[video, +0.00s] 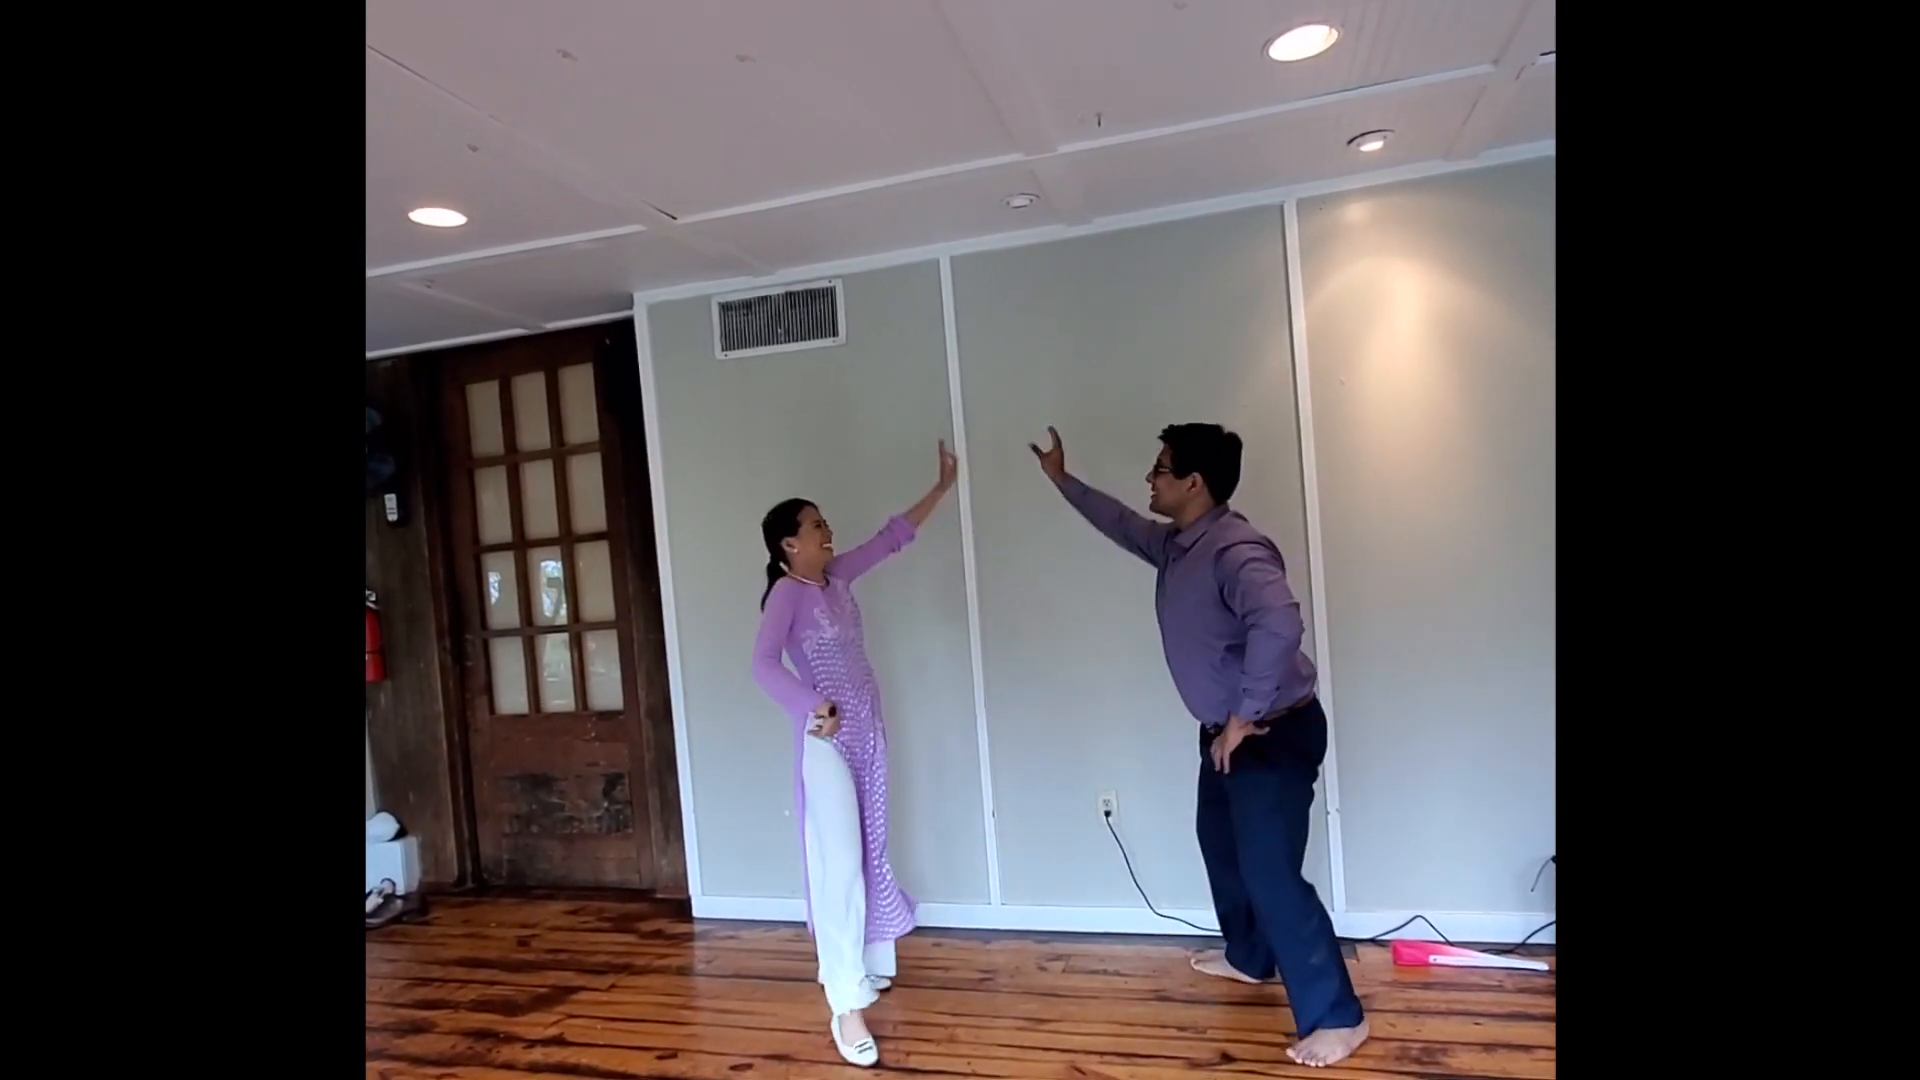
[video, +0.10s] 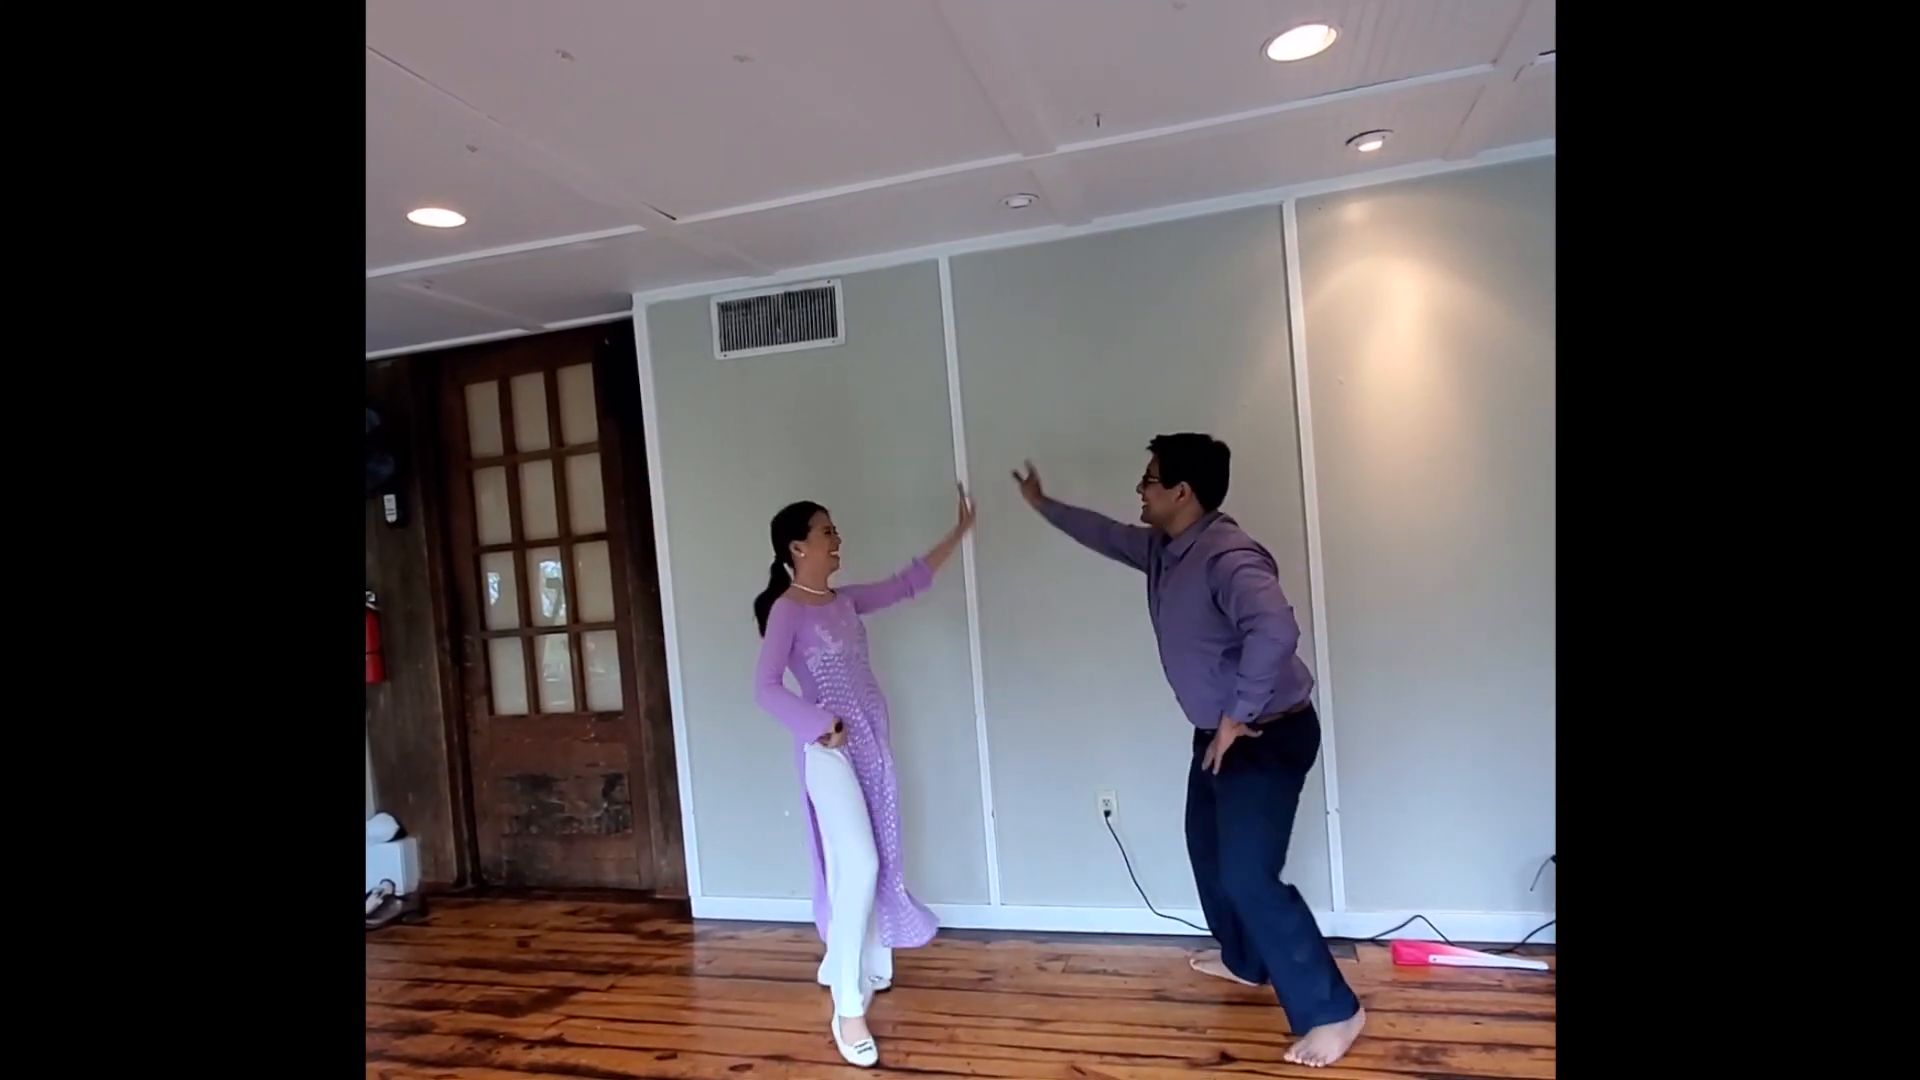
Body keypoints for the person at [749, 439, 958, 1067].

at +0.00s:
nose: (828, 532)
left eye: (825, 525)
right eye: (817, 527)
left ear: (815, 541)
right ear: (789, 544)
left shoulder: (838, 578)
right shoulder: (787, 594)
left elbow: (892, 536)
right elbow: (765, 665)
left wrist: (942, 485)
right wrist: (810, 707)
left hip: (865, 733)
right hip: (827, 740)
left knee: (867, 851)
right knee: (840, 861)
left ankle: (864, 962)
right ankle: (845, 1002)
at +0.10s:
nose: (839, 542)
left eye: (836, 534)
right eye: (827, 535)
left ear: (820, 547)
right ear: (795, 549)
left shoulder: (846, 599)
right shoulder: (788, 610)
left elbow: (908, 583)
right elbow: (765, 687)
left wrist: (959, 531)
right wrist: (816, 723)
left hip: (869, 744)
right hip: (830, 749)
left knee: (872, 854)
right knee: (858, 860)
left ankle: (846, 959)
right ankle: (849, 1005)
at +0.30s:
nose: (864, 568)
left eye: (865, 559)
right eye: (856, 559)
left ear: (842, 563)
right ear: (823, 562)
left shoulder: (858, 613)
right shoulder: (798, 620)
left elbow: (926, 638)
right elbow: (757, 690)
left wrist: (991, 636)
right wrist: (804, 737)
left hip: (865, 758)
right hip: (826, 763)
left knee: (874, 861)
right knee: (889, 862)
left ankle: (843, 961)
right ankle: (875, 1008)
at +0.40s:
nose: (875, 565)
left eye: (878, 555)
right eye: (869, 555)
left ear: (852, 557)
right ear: (833, 554)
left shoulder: (870, 605)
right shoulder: (803, 609)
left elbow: (928, 644)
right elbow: (752, 672)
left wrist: (988, 658)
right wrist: (795, 732)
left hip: (868, 758)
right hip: (824, 761)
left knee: (868, 863)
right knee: (885, 873)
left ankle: (843, 959)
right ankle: (884, 1029)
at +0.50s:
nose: (887, 562)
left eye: (890, 552)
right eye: (881, 551)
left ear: (863, 551)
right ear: (845, 546)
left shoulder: (880, 608)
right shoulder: (810, 602)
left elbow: (931, 664)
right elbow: (753, 668)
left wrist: (996, 689)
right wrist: (789, 735)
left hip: (870, 757)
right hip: (824, 758)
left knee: (871, 862)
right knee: (877, 877)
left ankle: (842, 951)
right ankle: (879, 1038)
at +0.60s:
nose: (903, 558)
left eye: (900, 549)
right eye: (893, 550)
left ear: (870, 561)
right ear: (858, 560)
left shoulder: (886, 634)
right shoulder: (822, 621)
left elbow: (930, 703)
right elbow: (756, 691)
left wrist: (990, 715)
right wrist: (793, 752)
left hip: (871, 780)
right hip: (824, 780)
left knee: (910, 884)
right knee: (881, 893)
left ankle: (823, 930)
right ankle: (879, 1046)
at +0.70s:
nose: (908, 554)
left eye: (901, 546)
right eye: (895, 550)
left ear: (879, 573)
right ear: (866, 573)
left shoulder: (901, 648)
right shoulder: (833, 629)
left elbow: (944, 725)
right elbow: (762, 692)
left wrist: (995, 722)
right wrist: (794, 755)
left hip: (872, 786)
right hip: (826, 785)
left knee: (923, 897)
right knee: (887, 902)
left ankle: (810, 926)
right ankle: (881, 1047)